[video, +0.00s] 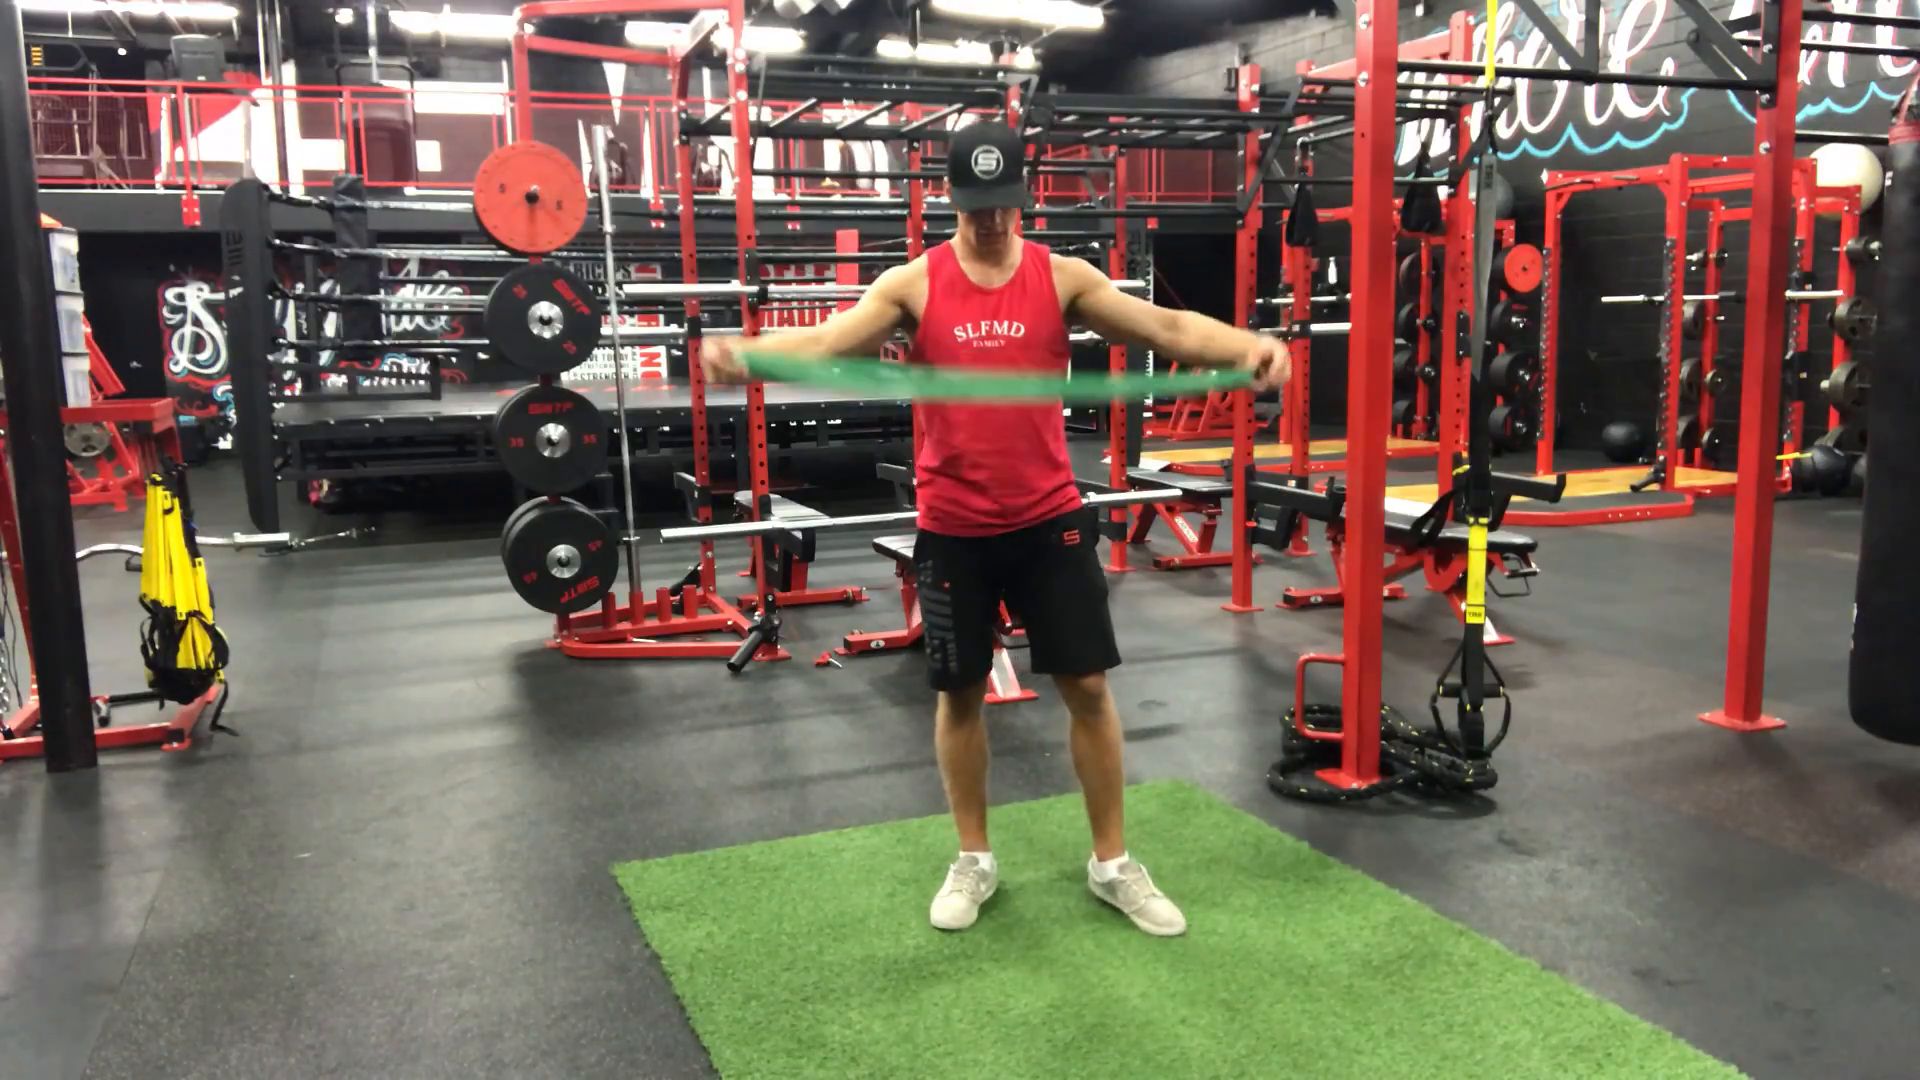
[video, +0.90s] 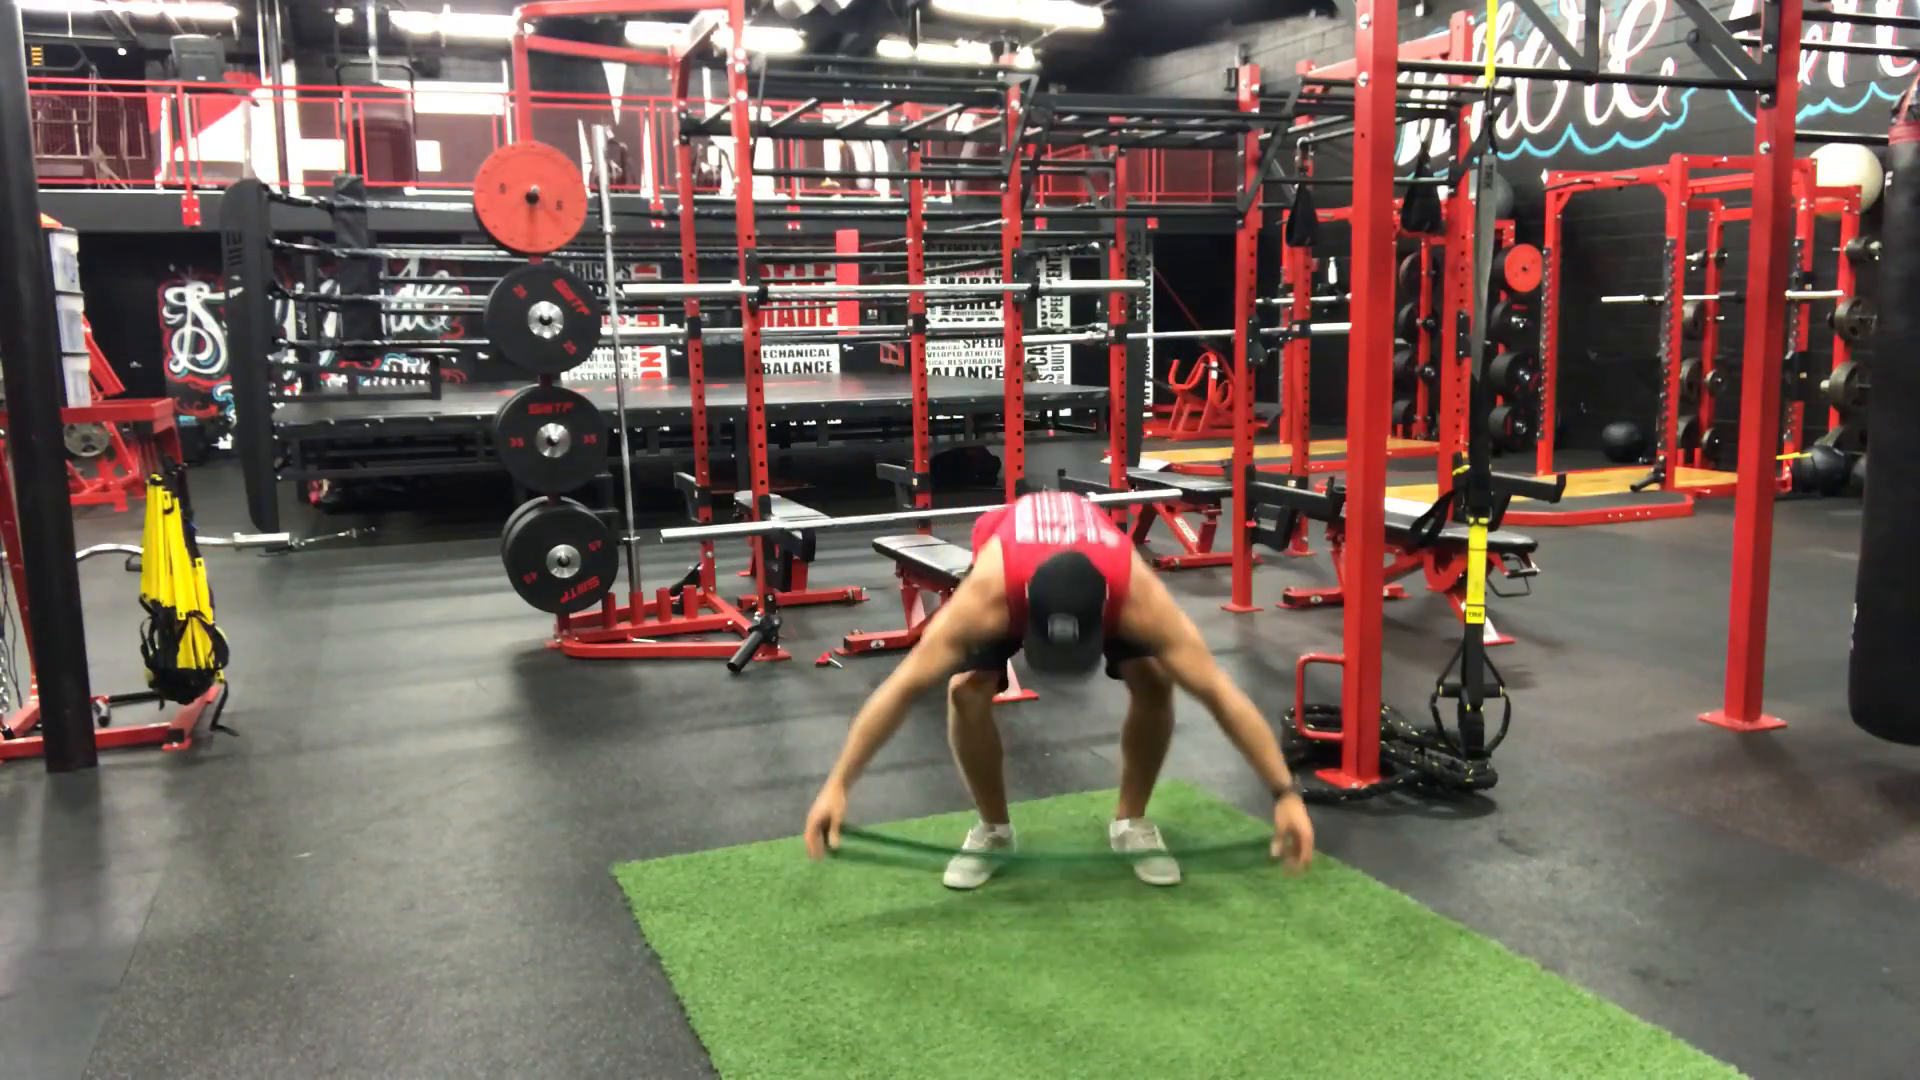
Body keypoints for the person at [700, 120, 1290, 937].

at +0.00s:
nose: (990, 219)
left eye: (1002, 204)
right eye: (975, 205)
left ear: (1023, 195)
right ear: (950, 199)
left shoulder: (1063, 278)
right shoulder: (913, 283)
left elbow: (1167, 327)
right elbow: (825, 342)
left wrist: (1250, 344)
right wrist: (746, 353)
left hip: (1051, 514)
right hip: (955, 524)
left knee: (1088, 687)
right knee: (960, 696)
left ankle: (1111, 860)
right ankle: (973, 858)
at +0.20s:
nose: (1006, 260)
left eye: (1019, 244)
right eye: (989, 246)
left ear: (1041, 223)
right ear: (964, 227)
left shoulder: (1083, 290)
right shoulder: (930, 297)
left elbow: (1177, 359)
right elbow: (842, 378)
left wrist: (1266, 413)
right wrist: (763, 428)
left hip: (1066, 512)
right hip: (969, 521)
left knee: (1114, 674)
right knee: (968, 687)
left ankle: (1142, 844)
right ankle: (973, 856)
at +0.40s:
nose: (1035, 355)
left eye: (1048, 341)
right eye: (1021, 342)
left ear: (1073, 310)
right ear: (998, 312)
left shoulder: (1117, 344)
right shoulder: (965, 346)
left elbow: (1205, 432)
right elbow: (874, 435)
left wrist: (1285, 517)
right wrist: (798, 515)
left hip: (1096, 523)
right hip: (998, 524)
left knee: (1125, 680)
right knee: (976, 674)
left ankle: (1139, 832)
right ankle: (968, 854)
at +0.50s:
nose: (1046, 400)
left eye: (1059, 388)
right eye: (1033, 387)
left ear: (1085, 361)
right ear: (1010, 358)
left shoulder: (1125, 383)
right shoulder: (978, 384)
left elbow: (1209, 478)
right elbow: (887, 474)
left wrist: (1285, 575)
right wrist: (811, 567)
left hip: (1100, 527)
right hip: (1004, 524)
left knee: (1127, 675)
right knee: (976, 671)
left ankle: (1141, 832)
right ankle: (981, 831)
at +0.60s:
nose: (1048, 477)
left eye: (1063, 469)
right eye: (1034, 468)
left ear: (1092, 431)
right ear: (1012, 425)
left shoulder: (1132, 438)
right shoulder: (977, 433)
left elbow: (1214, 539)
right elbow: (892, 529)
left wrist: (1280, 633)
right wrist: (823, 626)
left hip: (1093, 530)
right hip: (997, 533)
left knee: (1128, 664)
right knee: (983, 677)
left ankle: (1143, 831)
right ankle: (993, 826)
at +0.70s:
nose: (1052, 561)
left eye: (1068, 551)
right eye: (1040, 550)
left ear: (1100, 509)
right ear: (1015, 508)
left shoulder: (1130, 497)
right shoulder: (979, 495)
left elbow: (1215, 599)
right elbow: (894, 589)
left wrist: (1280, 695)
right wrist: (830, 688)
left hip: (1098, 540)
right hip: (998, 541)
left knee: (1132, 667)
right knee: (979, 679)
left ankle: (1135, 821)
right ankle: (993, 828)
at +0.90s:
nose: (1062, 665)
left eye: (1072, 654)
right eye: (1052, 653)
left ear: (1103, 620)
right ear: (1027, 616)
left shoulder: (1146, 603)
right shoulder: (981, 601)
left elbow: (1221, 694)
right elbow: (900, 687)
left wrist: (1286, 792)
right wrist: (836, 785)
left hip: (1102, 537)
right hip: (1002, 538)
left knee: (1155, 680)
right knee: (964, 693)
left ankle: (1131, 822)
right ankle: (992, 830)